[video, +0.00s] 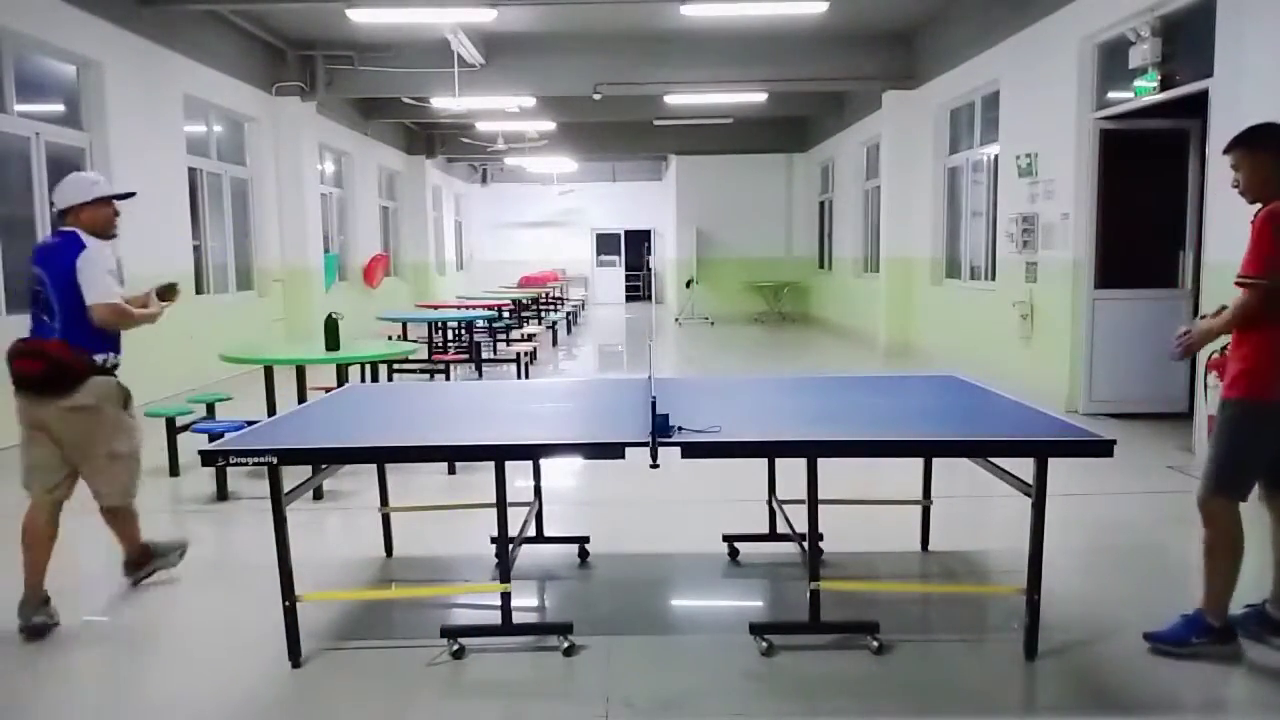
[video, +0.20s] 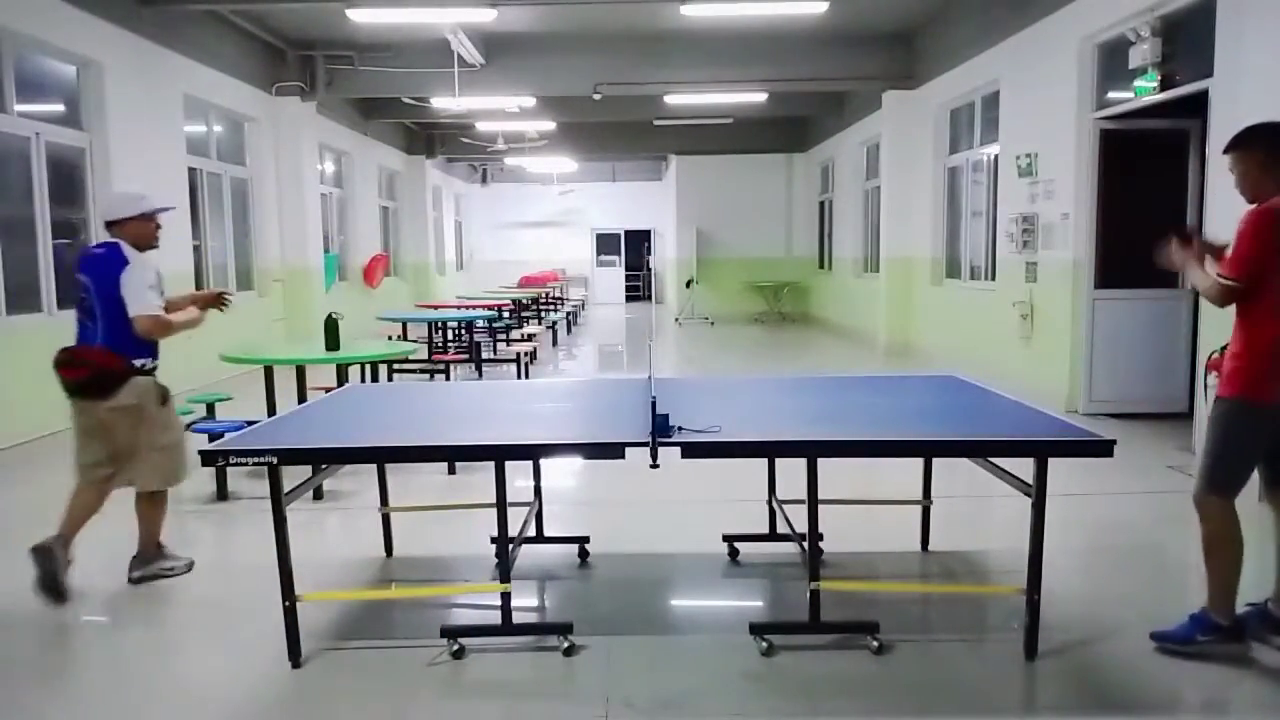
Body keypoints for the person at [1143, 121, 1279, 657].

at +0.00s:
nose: (1233, 180)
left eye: (1239, 168)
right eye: (1231, 170)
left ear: (1269, 164)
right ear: (1268, 167)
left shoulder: (1270, 219)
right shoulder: (1274, 218)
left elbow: (1254, 301)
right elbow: (1261, 301)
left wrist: (1207, 328)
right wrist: (1222, 334)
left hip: (1255, 390)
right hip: (1270, 389)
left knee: (1217, 498)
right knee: (1274, 495)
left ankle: (1213, 619)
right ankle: (1276, 607)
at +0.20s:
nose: (1232, 179)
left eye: (1238, 167)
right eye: (1232, 168)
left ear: (1265, 165)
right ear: (1270, 166)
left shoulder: (1263, 219)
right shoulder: (1273, 215)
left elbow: (1220, 291)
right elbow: (1258, 273)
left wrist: (1189, 264)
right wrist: (1215, 252)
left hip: (1252, 382)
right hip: (1276, 382)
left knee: (1212, 495)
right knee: (1275, 491)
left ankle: (1219, 616)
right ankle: (1277, 607)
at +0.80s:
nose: (1193, 175)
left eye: (1199, 164)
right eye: (1193, 164)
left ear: (1229, 163)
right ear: (1235, 165)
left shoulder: (1246, 220)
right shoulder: (1254, 215)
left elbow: (1247, 303)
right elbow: (1244, 294)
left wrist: (1193, 342)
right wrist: (1198, 274)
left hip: (1235, 392)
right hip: (1259, 390)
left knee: (1199, 499)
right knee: (1265, 498)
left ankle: (1221, 617)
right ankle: (1274, 606)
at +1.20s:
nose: (1160, 178)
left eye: (1168, 167)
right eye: (1160, 167)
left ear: (1204, 165)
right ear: (1190, 169)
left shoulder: (1241, 224)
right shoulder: (1195, 224)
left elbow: (1267, 316)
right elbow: (1200, 300)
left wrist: (1250, 391)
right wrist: (1165, 289)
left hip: (1226, 392)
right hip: (1195, 388)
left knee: (1199, 498)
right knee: (1185, 488)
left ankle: (1223, 616)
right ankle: (1251, 581)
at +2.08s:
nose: (1136, 203)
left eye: (1140, 190)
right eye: (1133, 193)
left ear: (1170, 179)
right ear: (1170, 182)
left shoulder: (1208, 225)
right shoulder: (1191, 231)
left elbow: (1228, 299)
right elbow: (1213, 302)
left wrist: (1201, 374)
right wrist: (1186, 343)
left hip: (1240, 384)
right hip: (1212, 383)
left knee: (1222, 496)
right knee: (1186, 477)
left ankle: (1277, 607)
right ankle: (1192, 574)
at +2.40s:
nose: (1177, 218)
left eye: (1174, 206)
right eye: (1172, 209)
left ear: (1195, 188)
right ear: (1212, 184)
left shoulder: (1215, 226)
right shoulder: (1265, 218)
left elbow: (1227, 306)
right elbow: (1255, 309)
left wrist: (1205, 378)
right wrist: (1230, 388)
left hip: (1258, 393)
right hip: (1268, 389)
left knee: (1240, 501)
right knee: (1235, 491)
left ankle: (1274, 614)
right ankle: (1269, 590)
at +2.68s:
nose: (1228, 238)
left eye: (1226, 232)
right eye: (1227, 233)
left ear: (1233, 224)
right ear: (1266, 214)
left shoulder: (1241, 241)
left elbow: (1238, 299)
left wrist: (1248, 388)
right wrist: (1243, 373)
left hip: (1272, 404)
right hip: (1272, 403)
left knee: (1242, 506)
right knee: (1250, 506)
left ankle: (1276, 613)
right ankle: (1274, 614)